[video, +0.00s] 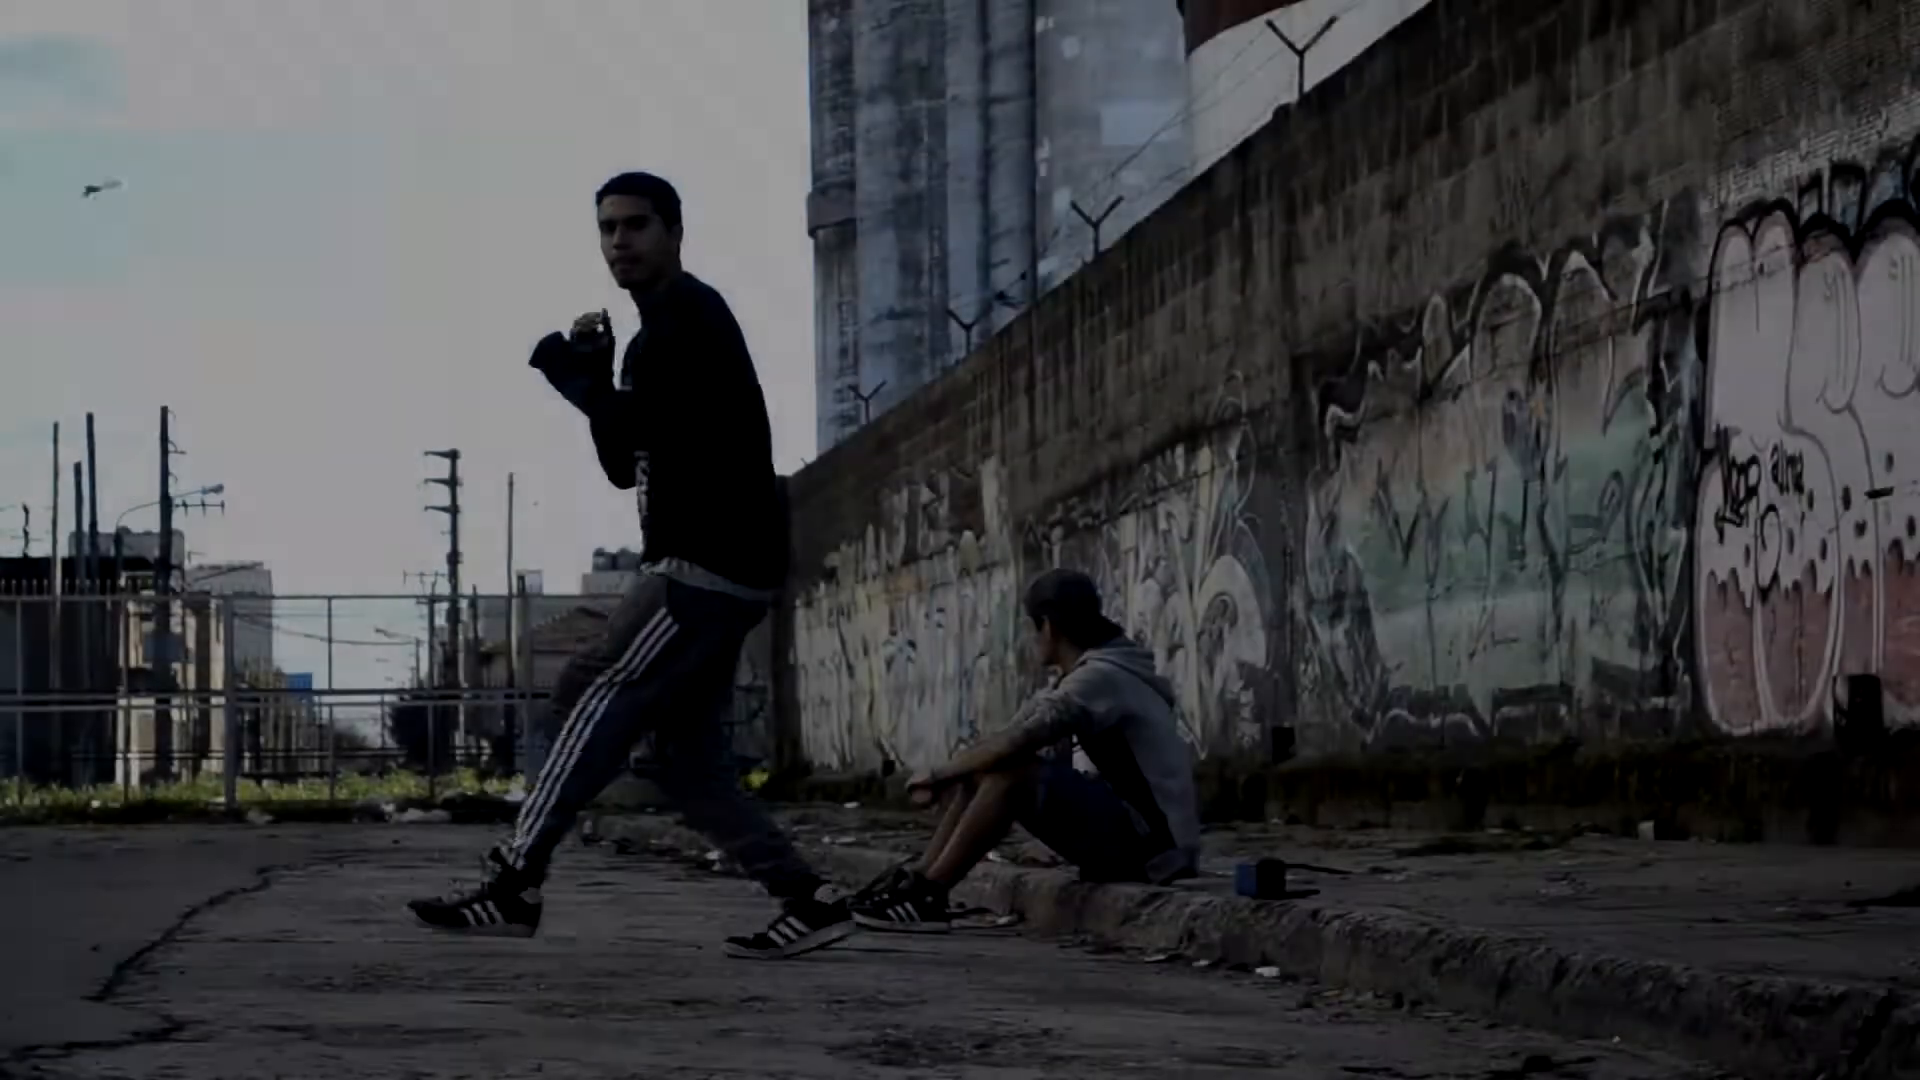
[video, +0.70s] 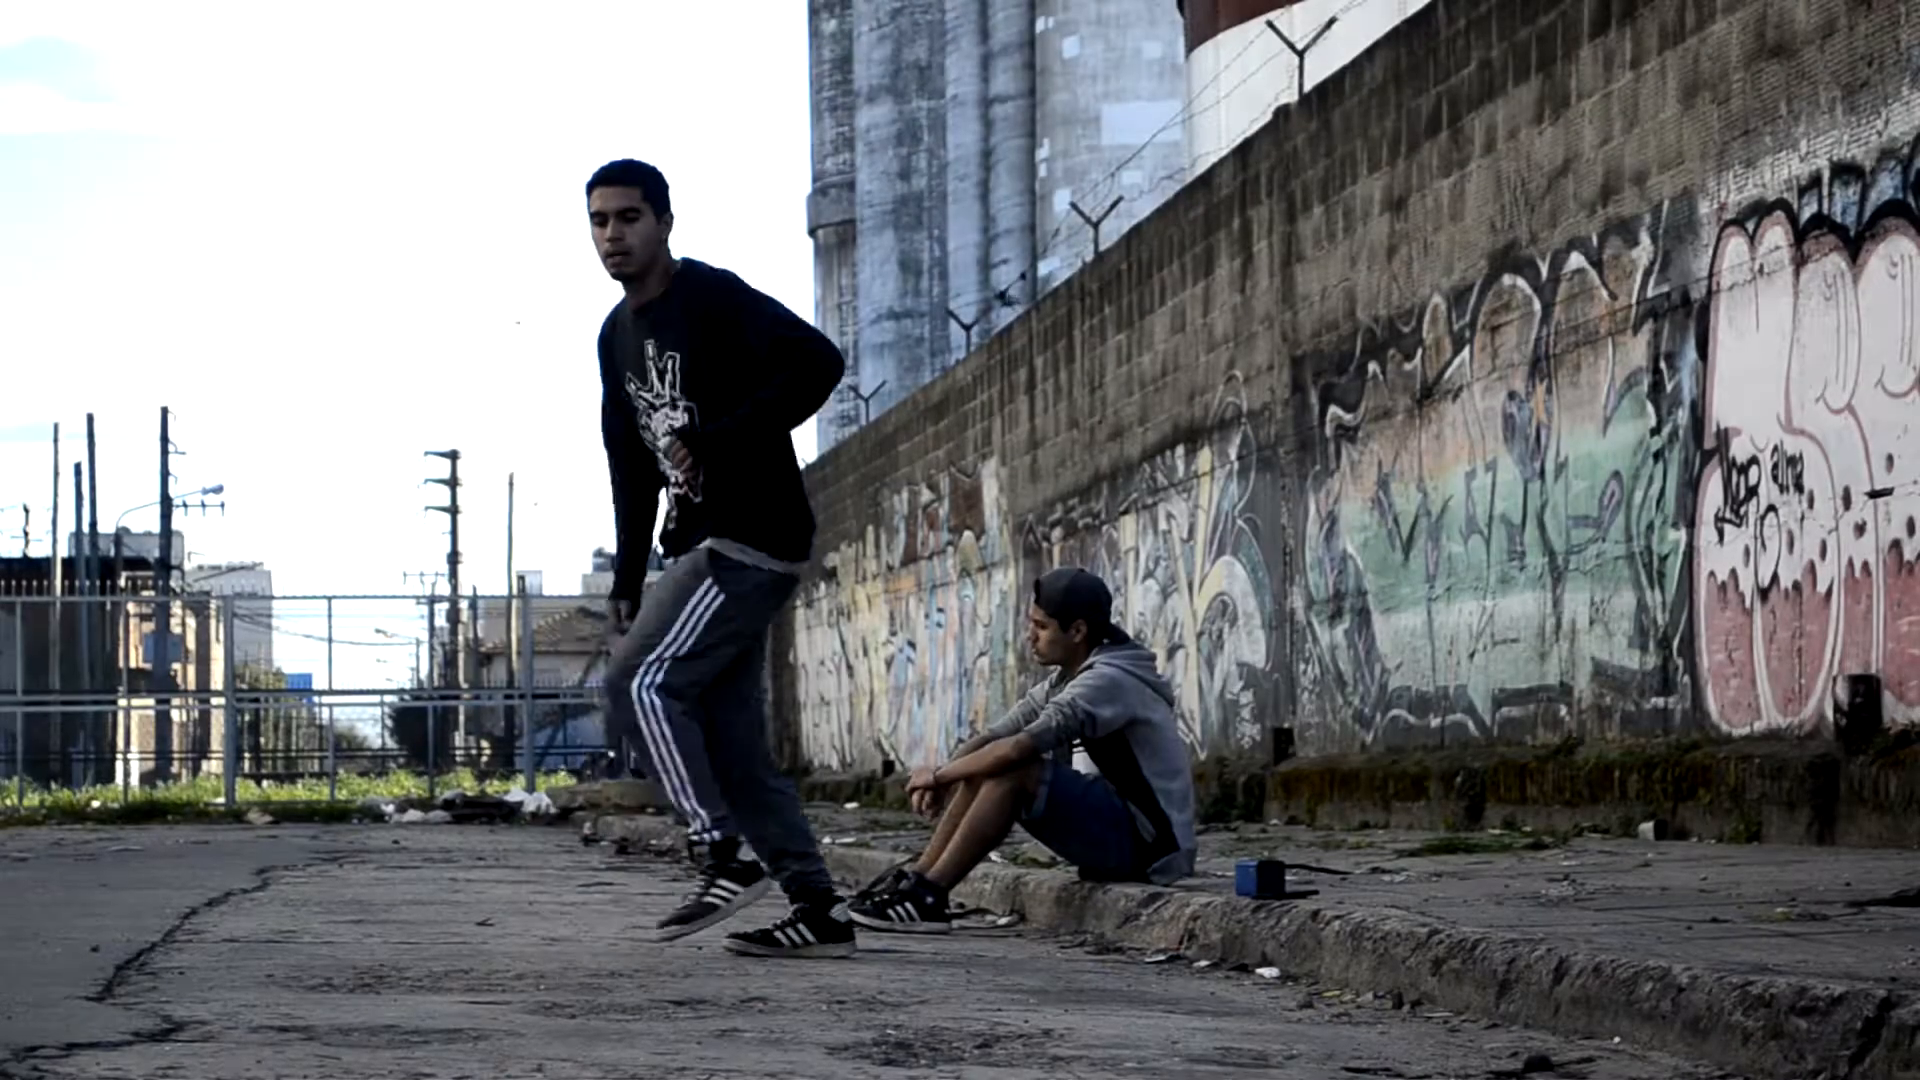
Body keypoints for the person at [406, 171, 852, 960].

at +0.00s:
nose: (620, 242)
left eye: (636, 225)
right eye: (609, 230)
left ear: (673, 233)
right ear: (602, 243)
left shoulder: (687, 316)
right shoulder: (662, 328)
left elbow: (644, 438)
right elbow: (623, 465)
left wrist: (585, 382)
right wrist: (599, 383)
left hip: (713, 564)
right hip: (709, 564)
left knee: (601, 698)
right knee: (683, 754)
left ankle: (513, 886)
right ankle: (806, 895)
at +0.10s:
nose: (615, 220)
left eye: (631, 204)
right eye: (603, 207)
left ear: (666, 211)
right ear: (593, 220)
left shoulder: (678, 286)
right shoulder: (616, 312)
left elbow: (654, 387)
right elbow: (584, 424)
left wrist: (565, 347)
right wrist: (541, 340)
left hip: (708, 530)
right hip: (705, 535)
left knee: (602, 694)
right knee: (654, 737)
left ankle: (609, 889)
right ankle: (773, 854)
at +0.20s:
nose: (618, 234)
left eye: (636, 220)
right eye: (607, 221)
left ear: (668, 231)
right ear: (596, 230)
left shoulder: (677, 299)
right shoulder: (607, 315)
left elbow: (661, 370)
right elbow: (527, 394)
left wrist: (549, 343)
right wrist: (468, 335)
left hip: (701, 555)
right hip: (661, 554)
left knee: (615, 715)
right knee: (616, 716)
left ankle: (624, 904)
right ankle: (760, 781)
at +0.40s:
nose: (625, 213)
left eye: (640, 196)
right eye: (613, 200)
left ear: (677, 199)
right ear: (604, 209)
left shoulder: (713, 283)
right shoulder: (618, 299)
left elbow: (709, 407)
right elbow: (547, 384)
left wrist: (624, 414)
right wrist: (454, 460)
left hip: (719, 531)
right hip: (678, 530)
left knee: (616, 683)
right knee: (637, 699)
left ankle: (604, 881)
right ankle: (775, 836)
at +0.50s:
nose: (621, 237)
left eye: (637, 220)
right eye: (610, 224)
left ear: (675, 225)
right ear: (602, 236)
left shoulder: (729, 310)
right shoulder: (622, 337)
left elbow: (780, 421)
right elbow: (587, 448)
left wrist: (686, 498)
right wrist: (514, 552)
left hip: (748, 559)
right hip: (701, 556)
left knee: (639, 712)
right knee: (698, 752)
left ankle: (535, 881)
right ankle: (810, 899)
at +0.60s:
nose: (615, 271)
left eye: (631, 253)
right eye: (604, 259)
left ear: (669, 259)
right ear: (598, 274)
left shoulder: (723, 339)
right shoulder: (634, 375)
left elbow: (809, 441)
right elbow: (621, 500)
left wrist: (721, 524)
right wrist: (576, 614)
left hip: (758, 575)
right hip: (721, 577)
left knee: (626, 679)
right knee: (703, 768)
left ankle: (592, 878)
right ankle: (811, 908)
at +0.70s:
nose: (612, 235)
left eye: (628, 217)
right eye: (599, 222)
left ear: (664, 222)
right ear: (590, 236)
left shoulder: (713, 294)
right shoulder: (618, 336)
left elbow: (818, 362)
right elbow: (632, 465)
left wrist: (719, 439)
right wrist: (629, 578)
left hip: (754, 536)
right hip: (704, 542)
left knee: (642, 675)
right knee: (735, 739)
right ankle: (815, 904)